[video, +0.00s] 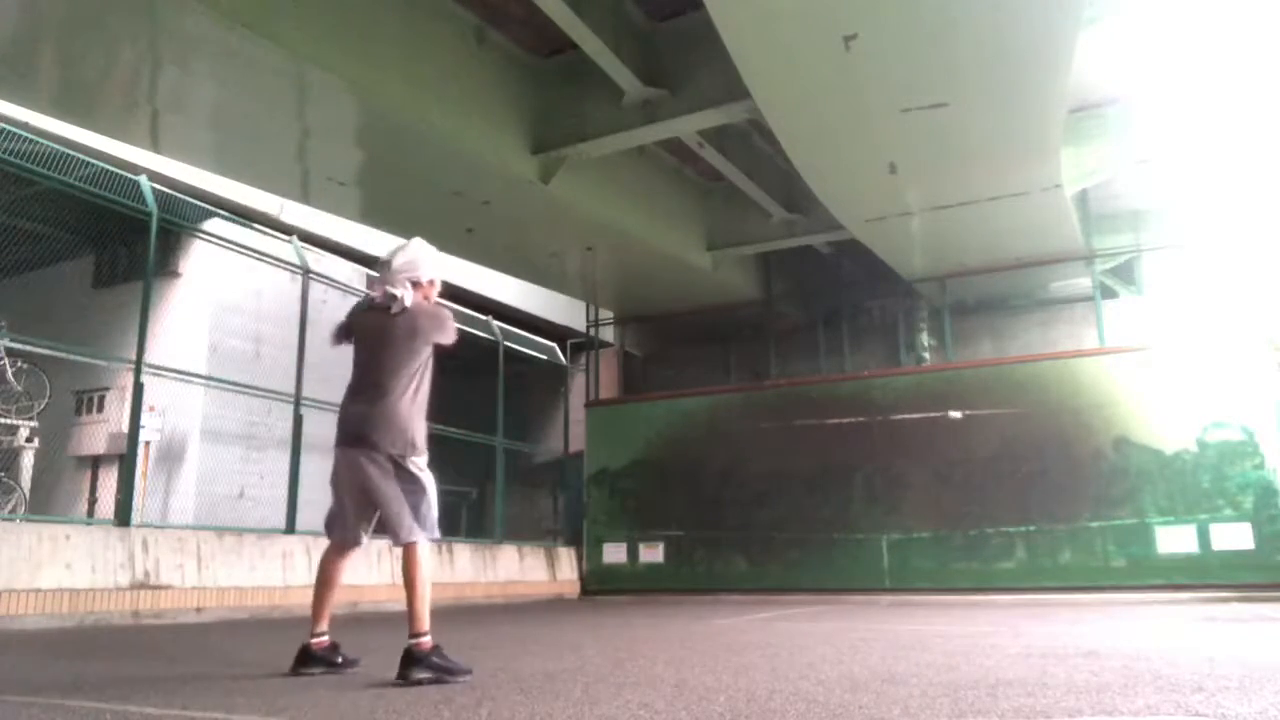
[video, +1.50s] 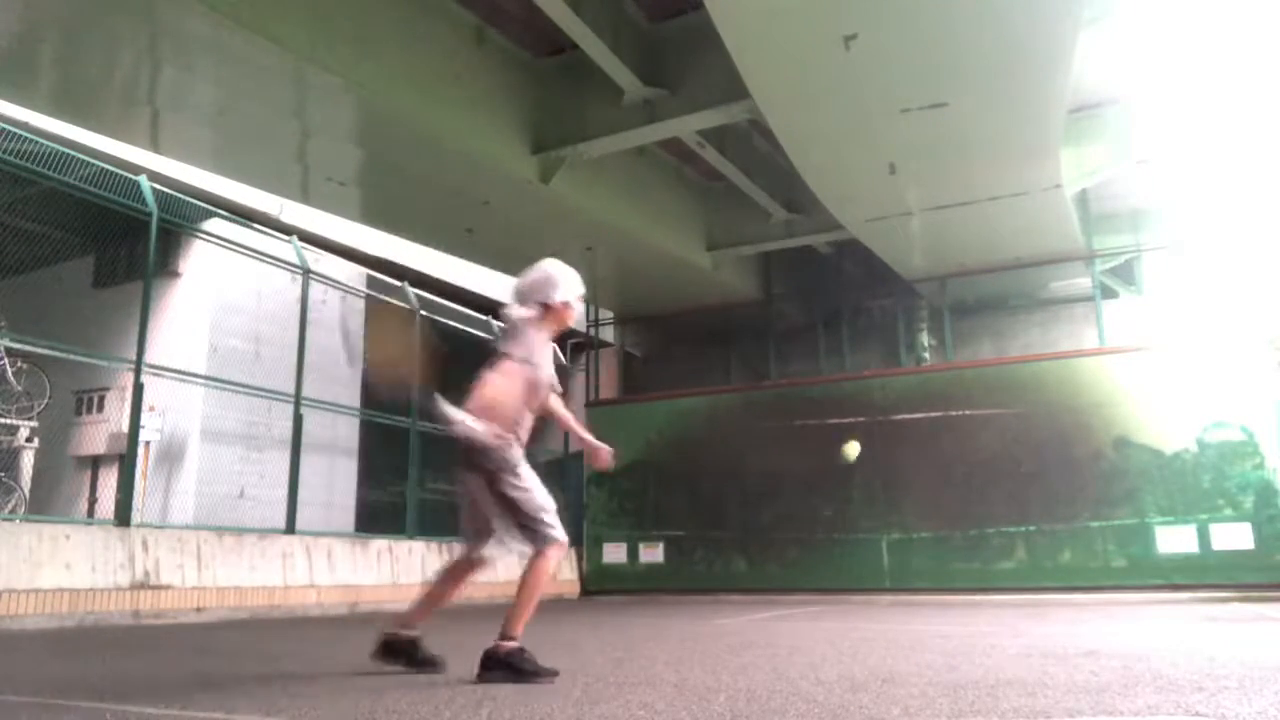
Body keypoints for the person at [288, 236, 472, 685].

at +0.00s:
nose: (437, 293)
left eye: (436, 285)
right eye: (435, 285)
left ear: (395, 280)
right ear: (421, 285)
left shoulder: (364, 316)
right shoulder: (425, 318)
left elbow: (340, 334)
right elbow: (451, 333)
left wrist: (373, 300)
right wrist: (419, 300)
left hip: (351, 442)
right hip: (394, 445)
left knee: (342, 541)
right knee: (415, 540)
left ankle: (316, 643)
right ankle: (421, 649)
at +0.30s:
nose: (411, 291)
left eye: (408, 284)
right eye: (408, 284)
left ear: (363, 283)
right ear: (397, 286)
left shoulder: (338, 316)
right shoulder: (415, 320)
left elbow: (314, 367)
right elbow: (420, 388)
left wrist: (292, 375)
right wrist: (387, 378)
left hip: (335, 436)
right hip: (381, 438)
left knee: (329, 540)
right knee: (385, 539)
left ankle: (316, 642)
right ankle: (346, 634)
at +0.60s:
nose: (409, 290)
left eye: (407, 282)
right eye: (407, 282)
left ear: (367, 280)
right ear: (394, 281)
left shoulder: (349, 315)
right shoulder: (393, 312)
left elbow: (352, 388)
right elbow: (399, 384)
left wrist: (397, 440)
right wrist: (415, 442)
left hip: (335, 440)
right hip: (363, 443)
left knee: (351, 544)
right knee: (354, 545)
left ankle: (329, 639)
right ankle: (314, 645)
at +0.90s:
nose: (432, 288)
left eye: (432, 280)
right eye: (428, 280)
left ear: (404, 281)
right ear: (409, 280)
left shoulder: (413, 323)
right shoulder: (385, 309)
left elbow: (459, 353)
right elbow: (400, 365)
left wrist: (509, 322)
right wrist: (458, 357)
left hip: (404, 454)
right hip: (370, 454)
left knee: (411, 544)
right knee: (359, 547)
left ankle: (385, 642)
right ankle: (313, 645)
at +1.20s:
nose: (486, 288)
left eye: (486, 280)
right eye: (482, 280)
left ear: (466, 282)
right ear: (465, 281)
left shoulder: (479, 327)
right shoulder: (426, 315)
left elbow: (528, 358)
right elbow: (378, 356)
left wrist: (546, 332)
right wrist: (365, 339)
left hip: (448, 442)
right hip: (430, 441)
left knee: (420, 547)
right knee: (473, 528)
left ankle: (385, 642)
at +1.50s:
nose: (577, 311)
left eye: (577, 303)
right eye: (573, 303)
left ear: (546, 303)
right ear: (555, 304)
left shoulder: (539, 346)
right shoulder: (530, 338)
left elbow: (550, 401)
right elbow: (495, 386)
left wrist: (590, 442)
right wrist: (479, 416)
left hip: (478, 447)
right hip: (495, 447)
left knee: (479, 551)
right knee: (552, 543)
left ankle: (402, 634)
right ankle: (506, 647)